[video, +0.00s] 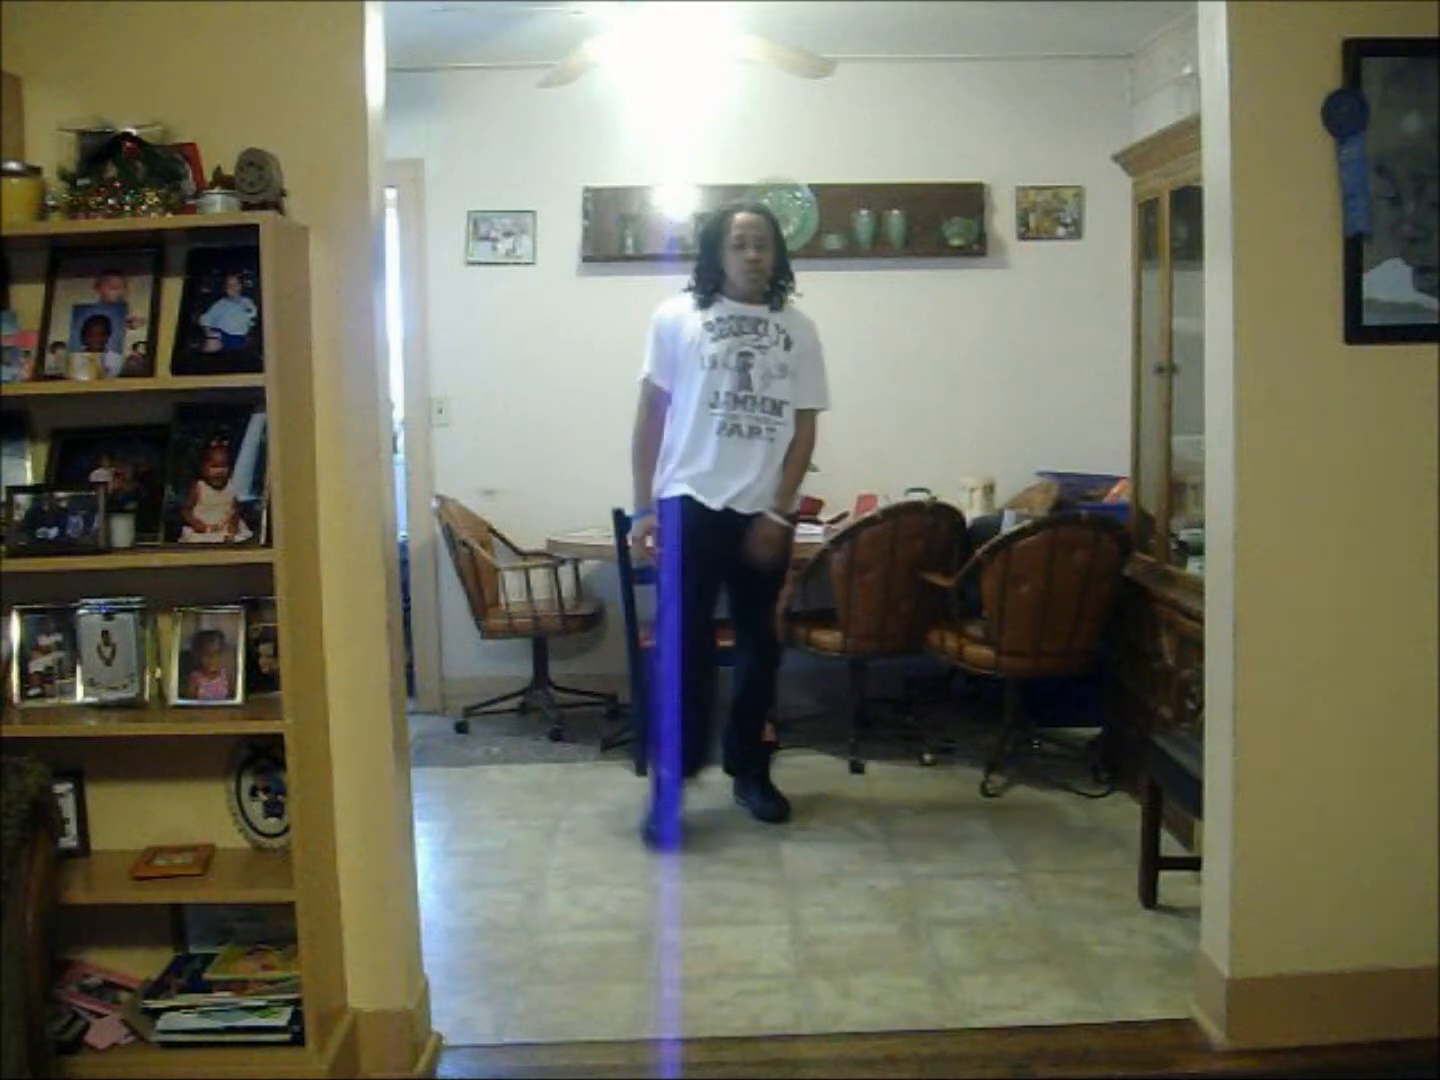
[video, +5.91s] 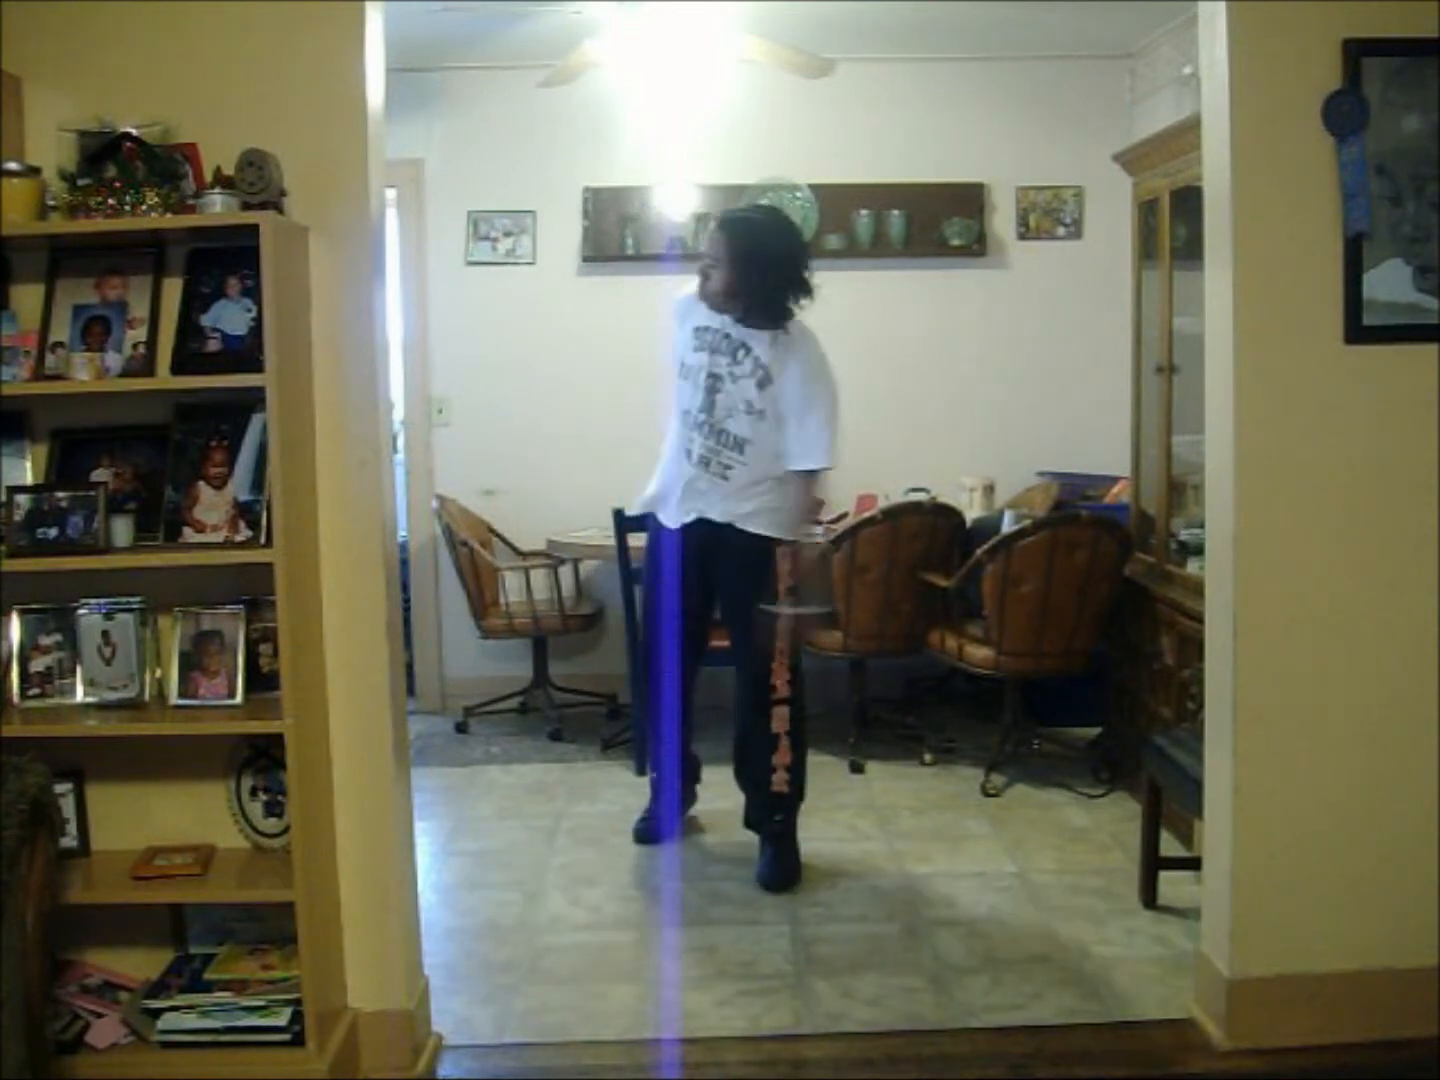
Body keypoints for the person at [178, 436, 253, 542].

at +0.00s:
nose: (220, 472)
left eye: (224, 466)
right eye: (214, 466)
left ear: (230, 468)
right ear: (203, 467)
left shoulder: (231, 487)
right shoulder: (199, 487)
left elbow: (236, 508)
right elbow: (186, 510)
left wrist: (233, 523)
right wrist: (199, 525)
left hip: (225, 532)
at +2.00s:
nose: (219, 472)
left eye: (224, 466)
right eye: (214, 466)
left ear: (230, 469)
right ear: (203, 468)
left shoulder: (232, 488)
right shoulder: (200, 488)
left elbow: (237, 510)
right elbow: (186, 511)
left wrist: (233, 526)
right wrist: (199, 525)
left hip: (225, 532)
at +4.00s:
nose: (219, 471)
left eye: (223, 466)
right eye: (214, 466)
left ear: (230, 469)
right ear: (204, 468)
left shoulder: (232, 488)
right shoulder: (200, 487)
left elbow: (237, 511)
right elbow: (186, 511)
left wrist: (232, 532)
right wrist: (202, 527)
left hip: (225, 533)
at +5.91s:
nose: (219, 472)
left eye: (224, 467)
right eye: (214, 466)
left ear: (230, 469)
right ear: (203, 468)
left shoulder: (231, 488)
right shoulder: (199, 488)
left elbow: (236, 508)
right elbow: (186, 511)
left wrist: (234, 523)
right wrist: (199, 526)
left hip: (225, 533)